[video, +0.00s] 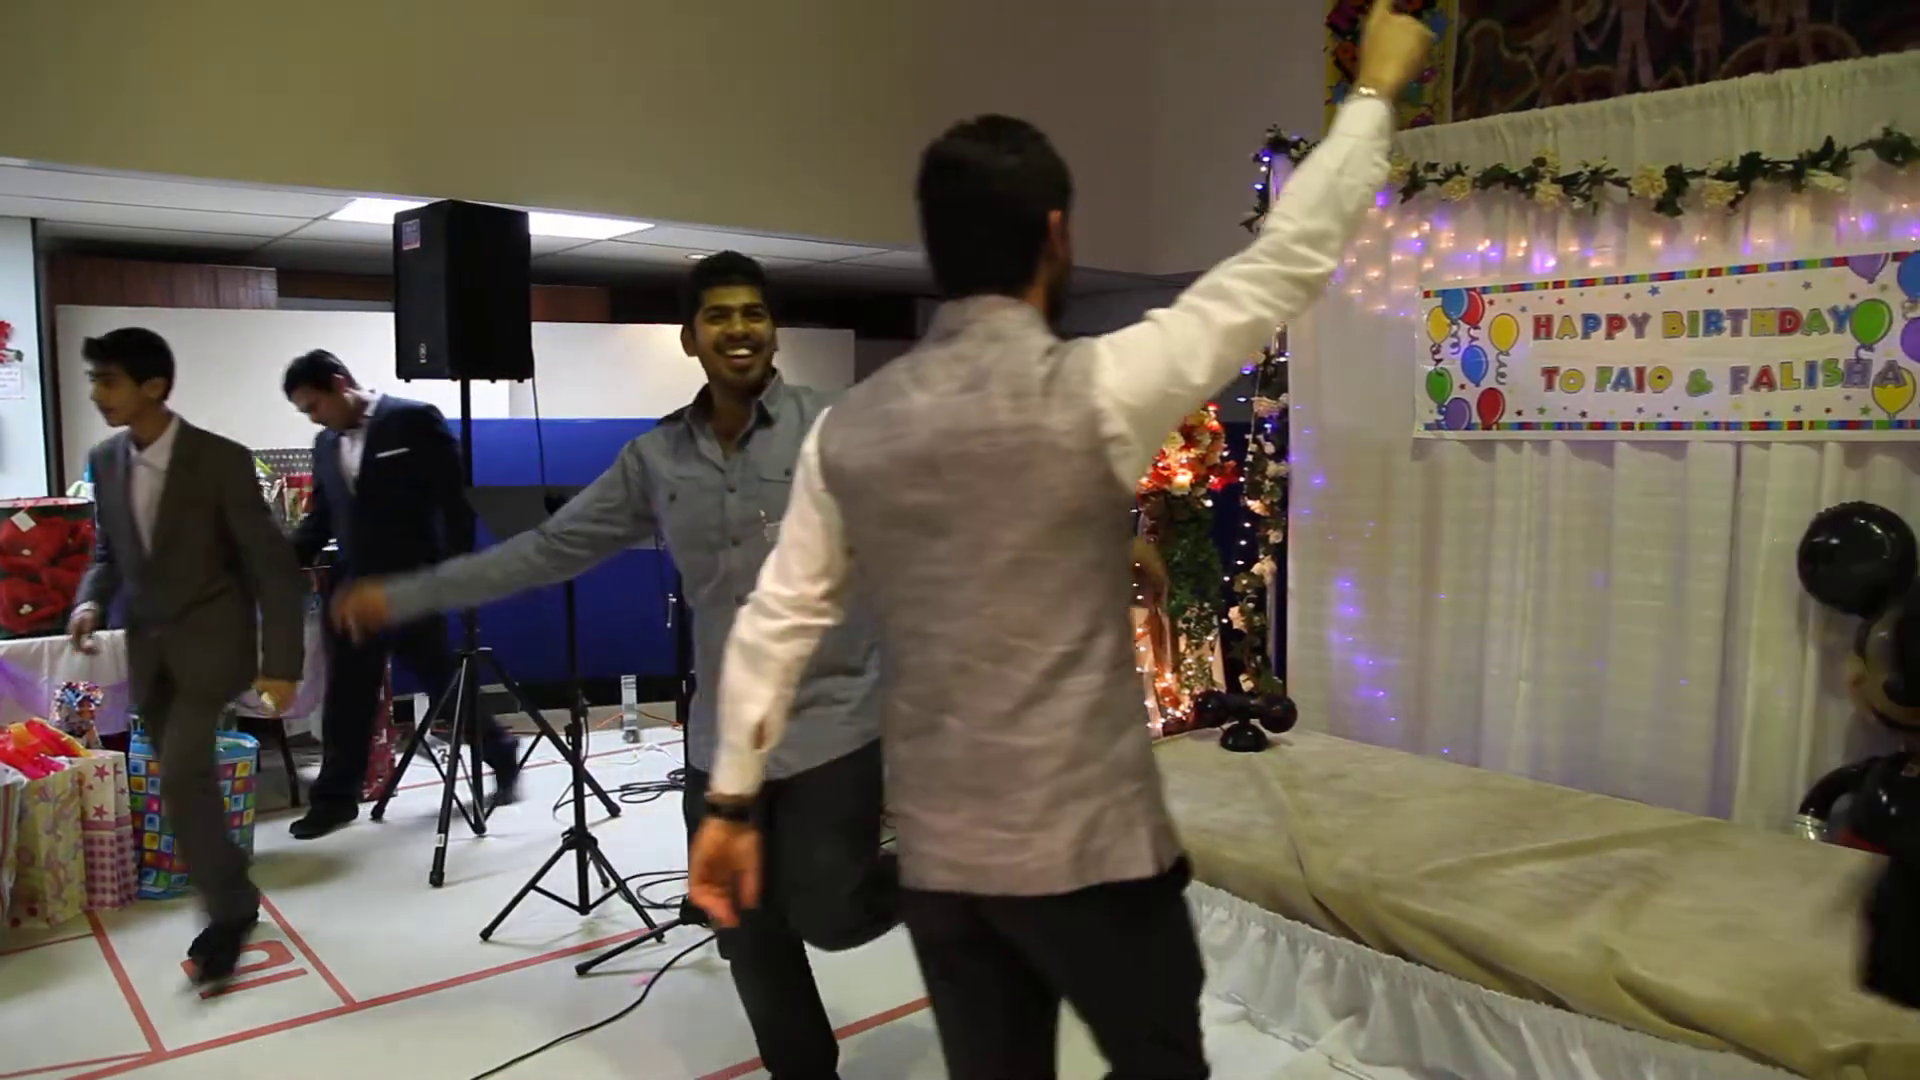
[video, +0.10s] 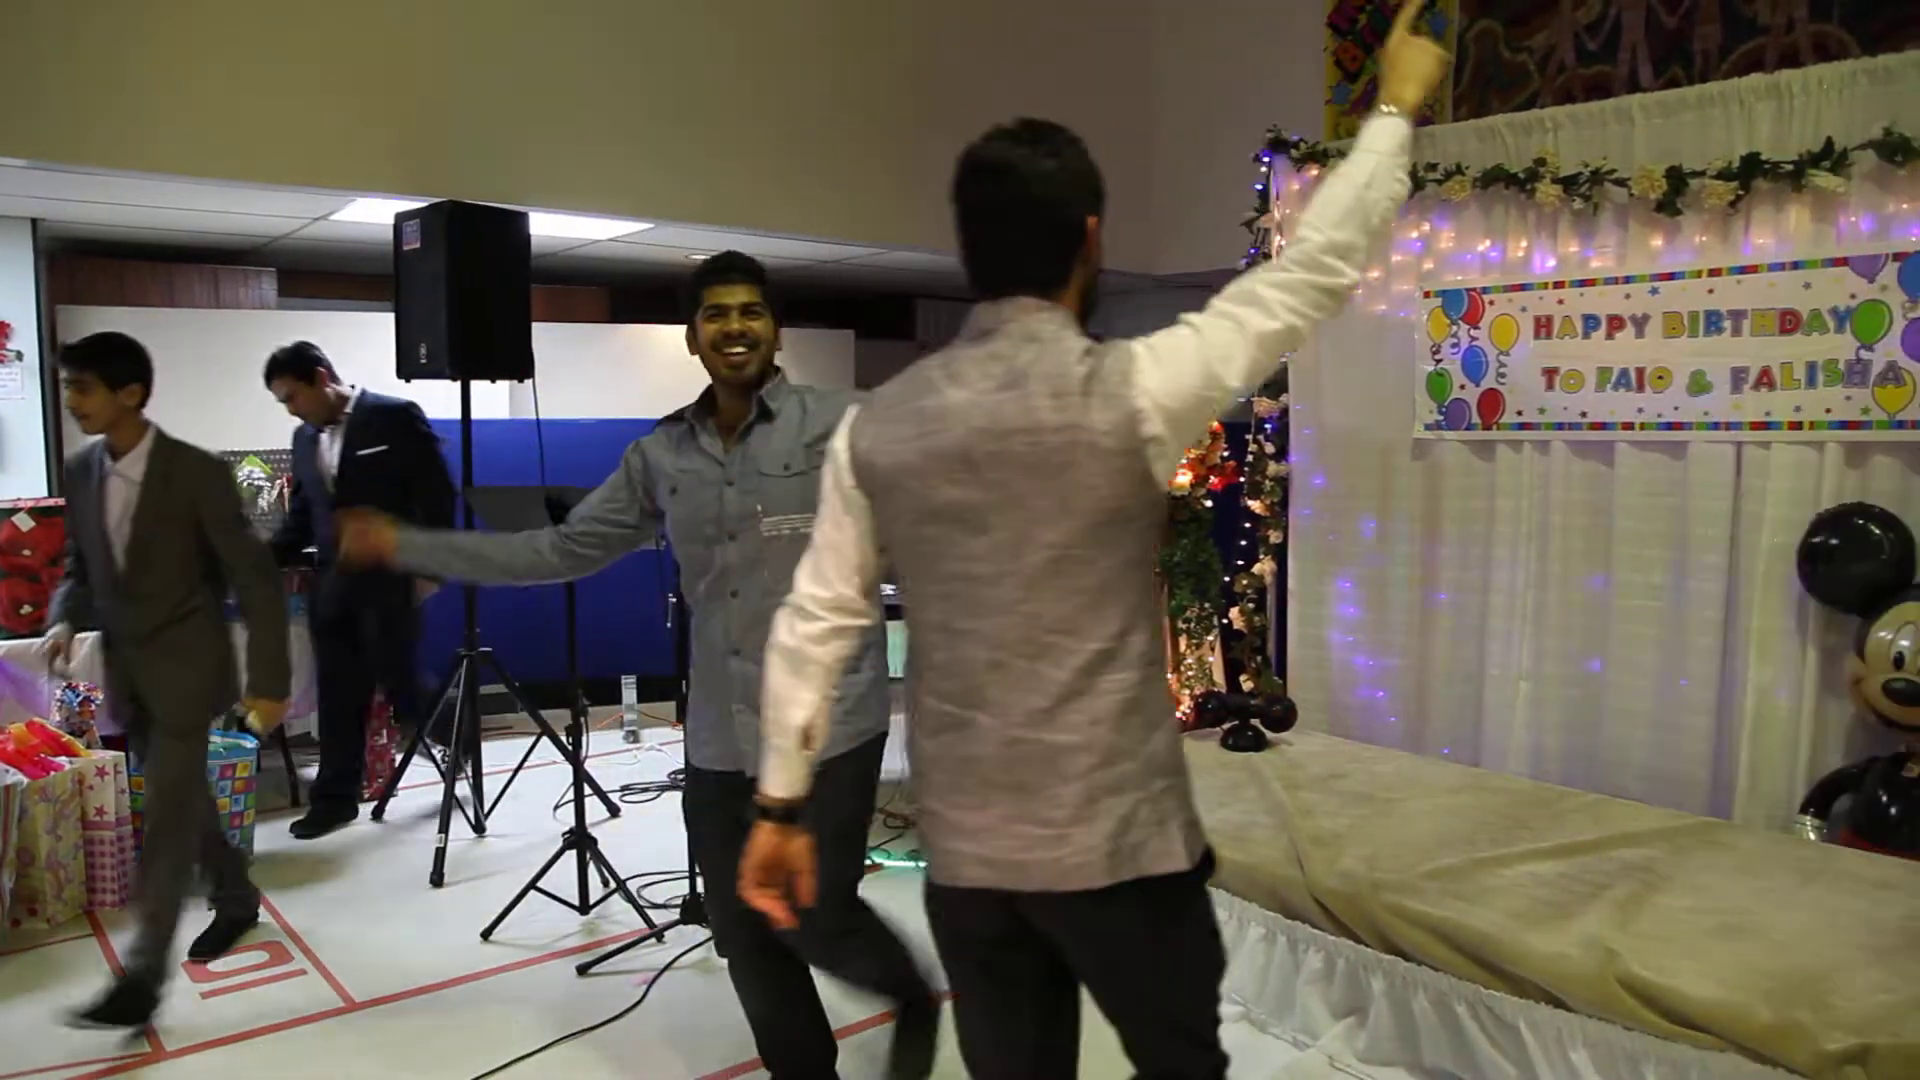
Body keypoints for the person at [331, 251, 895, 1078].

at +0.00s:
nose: (740, 331)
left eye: (755, 315)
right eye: (719, 317)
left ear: (776, 329)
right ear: (691, 337)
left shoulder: (832, 429)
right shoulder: (657, 458)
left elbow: (909, 555)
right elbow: (549, 548)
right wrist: (401, 596)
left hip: (838, 718)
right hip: (725, 736)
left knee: (832, 918)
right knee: (752, 937)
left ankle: (940, 863)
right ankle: (807, 1069)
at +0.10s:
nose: (734, 329)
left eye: (750, 313)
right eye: (716, 315)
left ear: (778, 329)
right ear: (693, 334)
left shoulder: (838, 424)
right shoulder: (663, 454)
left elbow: (926, 535)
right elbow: (561, 549)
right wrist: (401, 544)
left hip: (836, 721)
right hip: (723, 733)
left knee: (815, 916)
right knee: (744, 933)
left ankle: (915, 994)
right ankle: (808, 1073)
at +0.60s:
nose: (753, 377)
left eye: (770, 357)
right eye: (732, 358)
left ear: (797, 343)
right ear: (705, 349)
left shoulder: (843, 418)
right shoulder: (687, 412)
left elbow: (899, 388)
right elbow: (576, 367)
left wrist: (925, 328)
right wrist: (456, 293)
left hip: (829, 725)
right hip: (724, 718)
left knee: (796, 930)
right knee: (699, 913)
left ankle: (826, 1070)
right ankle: (781, 1057)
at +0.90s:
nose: (754, 416)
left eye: (775, 396)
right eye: (734, 394)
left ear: (800, 380)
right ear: (701, 374)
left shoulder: (835, 466)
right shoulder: (675, 432)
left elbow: (941, 513)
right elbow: (595, 396)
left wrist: (943, 412)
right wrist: (541, 278)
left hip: (791, 775)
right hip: (680, 759)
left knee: (770, 979)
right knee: (624, 954)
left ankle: (823, 1079)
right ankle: (705, 1076)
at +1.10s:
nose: (720, 396)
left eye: (741, 379)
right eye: (701, 375)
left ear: (764, 365)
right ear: (663, 353)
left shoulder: (789, 442)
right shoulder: (622, 386)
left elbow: (875, 437)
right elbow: (526, 283)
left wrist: (954, 431)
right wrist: (426, 180)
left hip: (732, 768)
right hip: (607, 758)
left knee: (741, 965)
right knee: (587, 986)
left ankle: (813, 1073)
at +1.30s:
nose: (681, 412)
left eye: (701, 393)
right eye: (661, 387)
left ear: (718, 385)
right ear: (612, 364)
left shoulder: (733, 483)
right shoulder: (545, 408)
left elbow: (798, 594)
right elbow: (396, 336)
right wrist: (241, 229)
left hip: (666, 780)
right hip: (527, 776)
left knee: (674, 1006)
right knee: (528, 1037)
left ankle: (748, 1074)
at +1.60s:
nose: (645, 433)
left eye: (660, 411)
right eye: (623, 410)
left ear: (672, 403)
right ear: (561, 396)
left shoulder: (702, 524)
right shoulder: (476, 470)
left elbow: (779, 687)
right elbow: (321, 501)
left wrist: (769, 798)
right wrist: (240, 374)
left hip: (649, 834)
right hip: (495, 839)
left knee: (678, 1057)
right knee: (498, 1063)